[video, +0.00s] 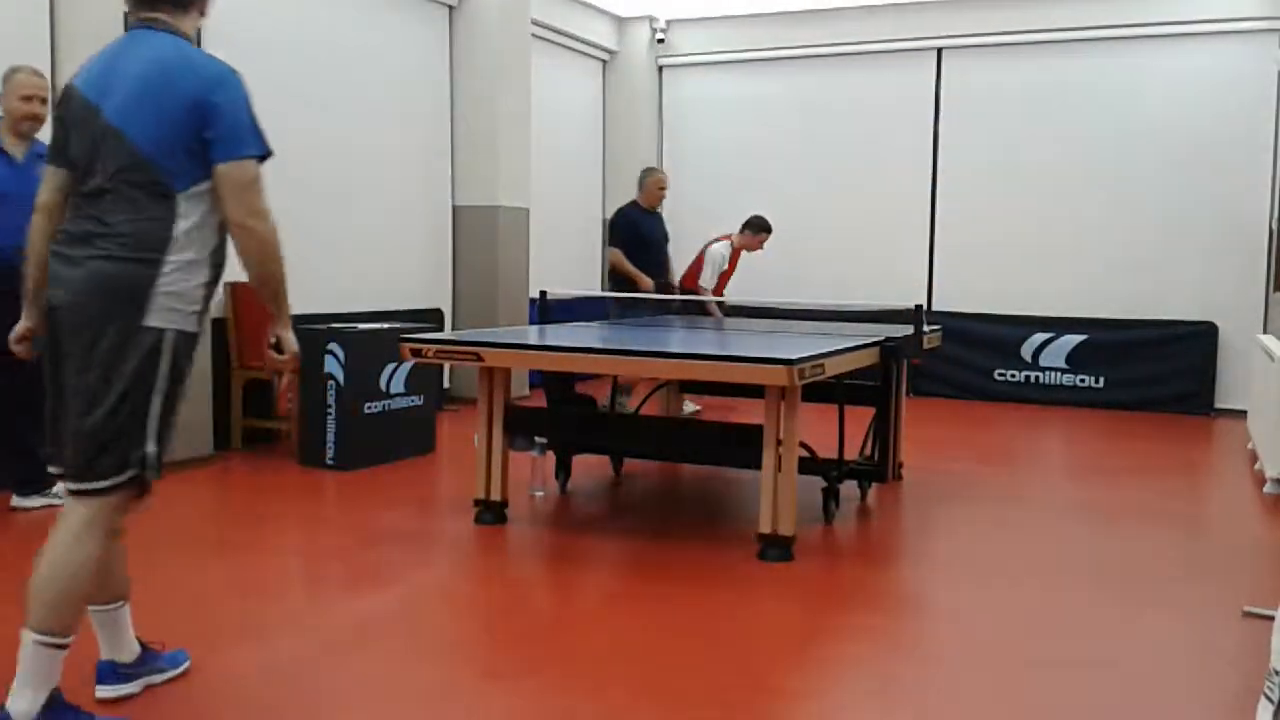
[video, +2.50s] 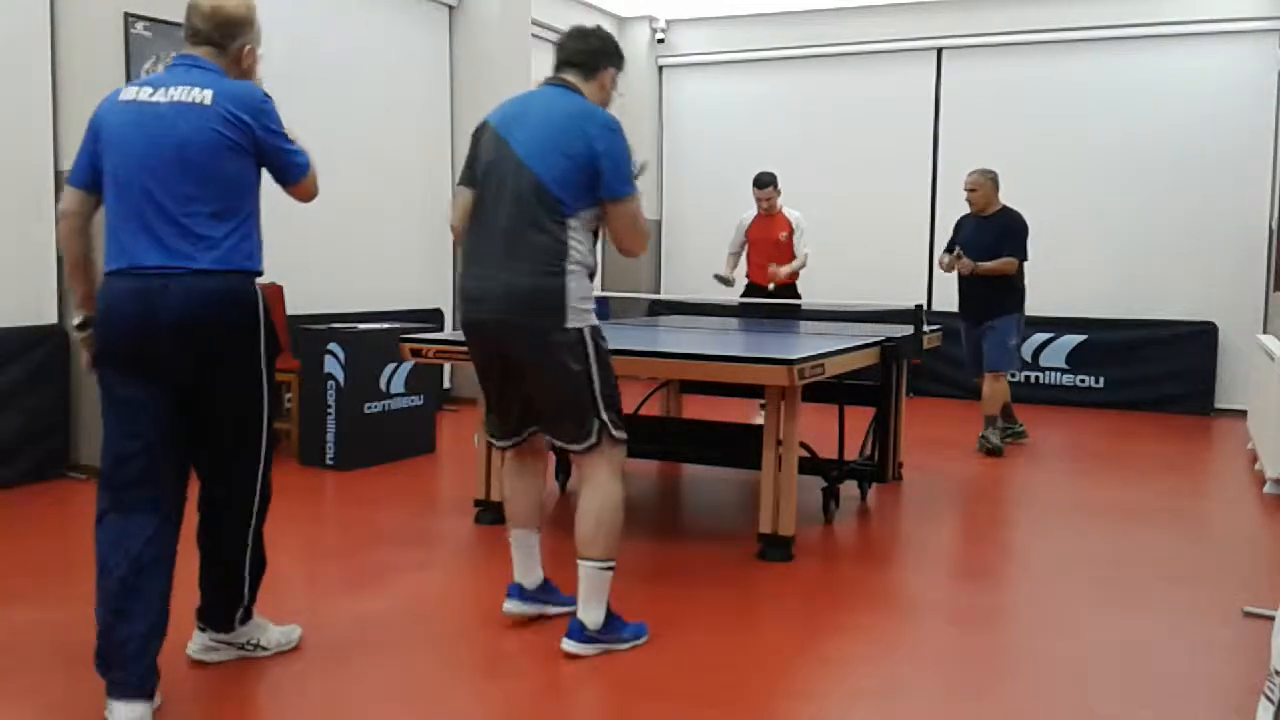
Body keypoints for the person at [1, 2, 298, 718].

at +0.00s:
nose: (209, 14)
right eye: (208, 7)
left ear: (130, 8)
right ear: (197, 7)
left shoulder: (88, 74)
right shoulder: (210, 79)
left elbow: (49, 204)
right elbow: (246, 218)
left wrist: (33, 307)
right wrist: (281, 315)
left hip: (70, 302)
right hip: (143, 311)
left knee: (102, 490)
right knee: (95, 500)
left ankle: (121, 657)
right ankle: (29, 699)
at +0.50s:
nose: (160, 2)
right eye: (157, 0)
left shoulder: (34, 57)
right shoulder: (137, 66)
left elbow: (22, 196)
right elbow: (149, 218)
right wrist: (192, 328)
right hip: (78, 313)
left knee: (141, 469)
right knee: (49, 518)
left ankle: (128, 644)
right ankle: (22, 704)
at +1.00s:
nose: (227, 20)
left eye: (221, 13)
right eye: (226, 12)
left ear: (153, 9)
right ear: (214, 9)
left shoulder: (112, 75)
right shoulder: (205, 80)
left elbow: (80, 207)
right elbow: (216, 209)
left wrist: (89, 289)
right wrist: (258, 320)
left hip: (128, 310)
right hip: (184, 314)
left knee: (169, 483)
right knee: (222, 483)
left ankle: (164, 654)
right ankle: (79, 655)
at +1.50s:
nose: (359, 39)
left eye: (354, 28)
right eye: (357, 28)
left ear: (289, 30)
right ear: (347, 29)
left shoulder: (241, 102)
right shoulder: (352, 108)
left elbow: (189, 213)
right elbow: (370, 232)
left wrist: (236, 223)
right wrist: (407, 333)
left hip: (245, 328)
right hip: (331, 329)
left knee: (218, 482)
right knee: (393, 474)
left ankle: (164, 649)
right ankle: (423, 629)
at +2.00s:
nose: (499, 41)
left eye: (493, 30)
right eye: (497, 30)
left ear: (434, 35)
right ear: (487, 34)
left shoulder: (390, 108)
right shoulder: (499, 106)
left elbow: (369, 225)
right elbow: (541, 218)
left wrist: (388, 303)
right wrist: (579, 305)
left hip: (403, 301)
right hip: (461, 303)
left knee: (460, 451)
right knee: (462, 466)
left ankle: (471, 591)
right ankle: (425, 629)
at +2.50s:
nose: (615, 95)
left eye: (615, 85)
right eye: (616, 84)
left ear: (558, 67)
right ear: (603, 76)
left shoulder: (499, 117)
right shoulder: (599, 129)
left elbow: (460, 219)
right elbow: (631, 241)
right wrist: (619, 196)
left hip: (483, 313)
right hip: (556, 316)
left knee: (523, 447)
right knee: (600, 454)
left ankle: (527, 585)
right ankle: (592, 621)